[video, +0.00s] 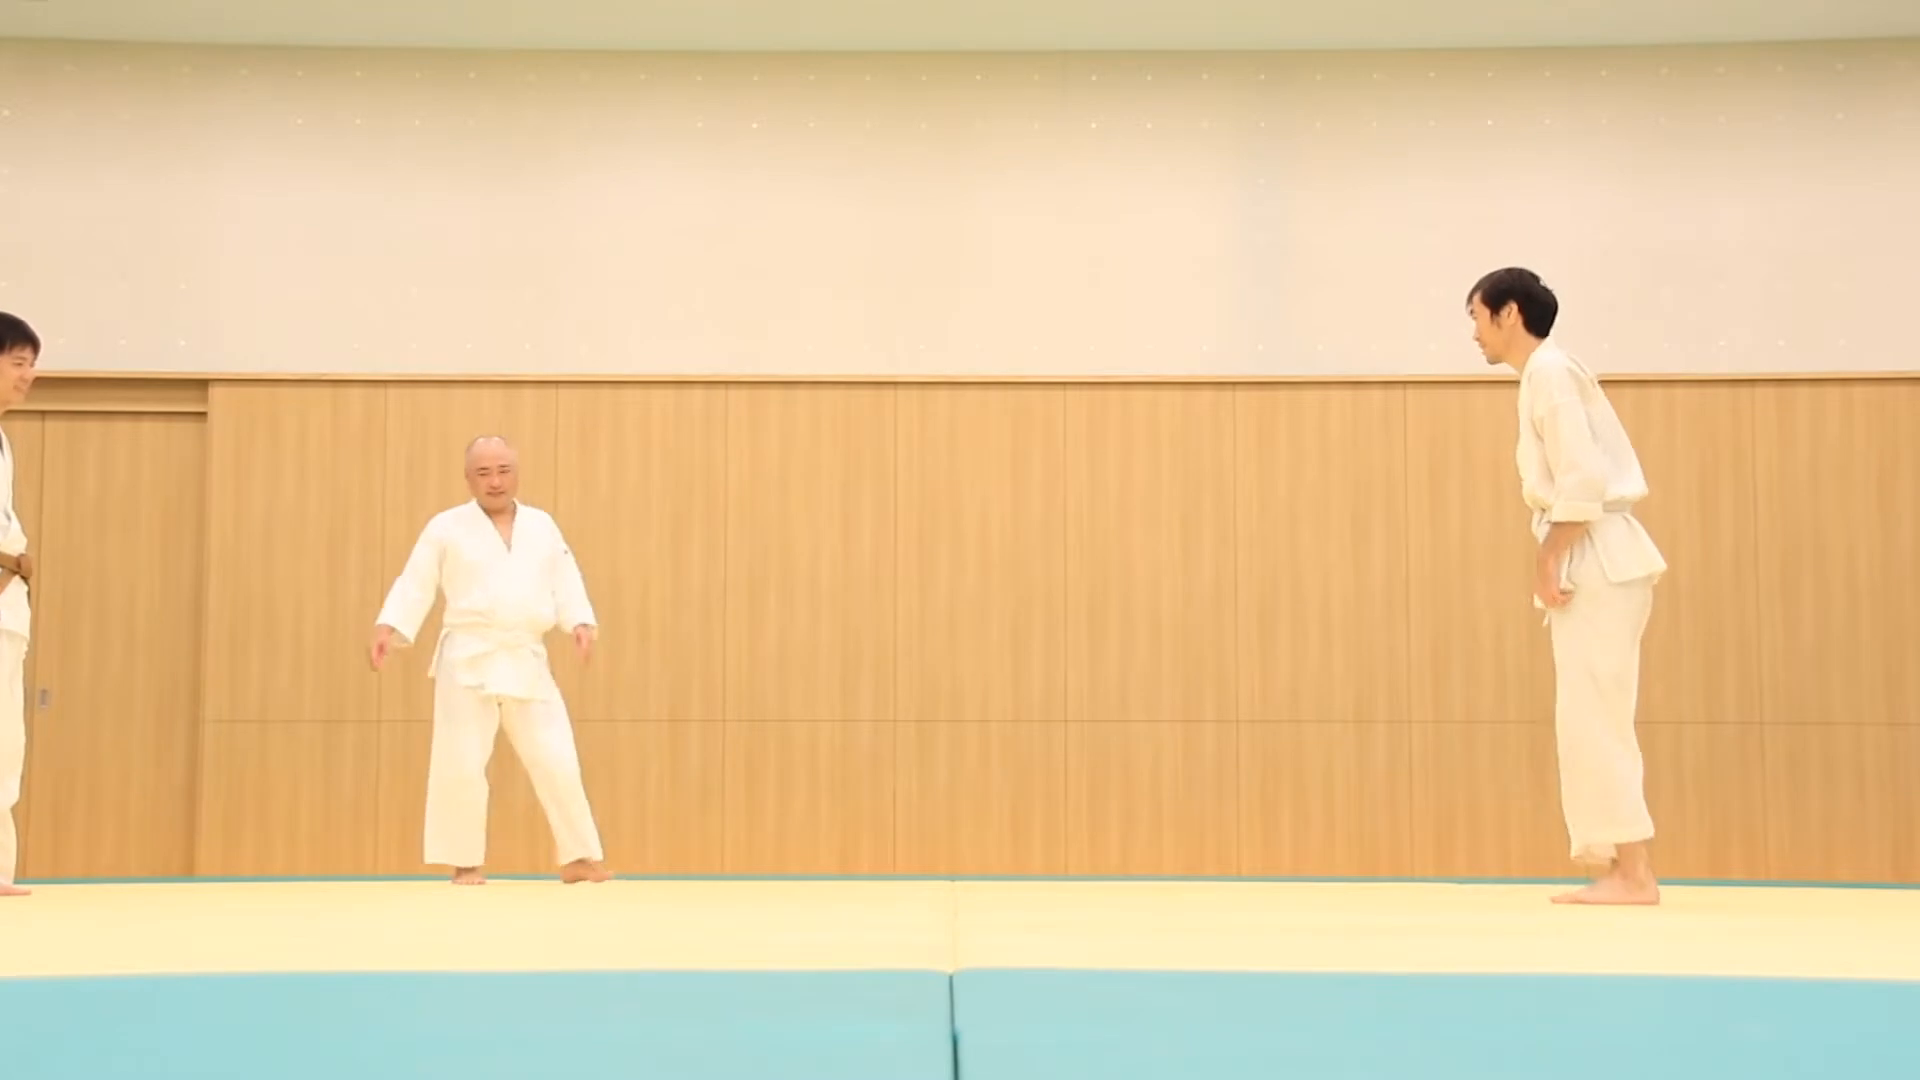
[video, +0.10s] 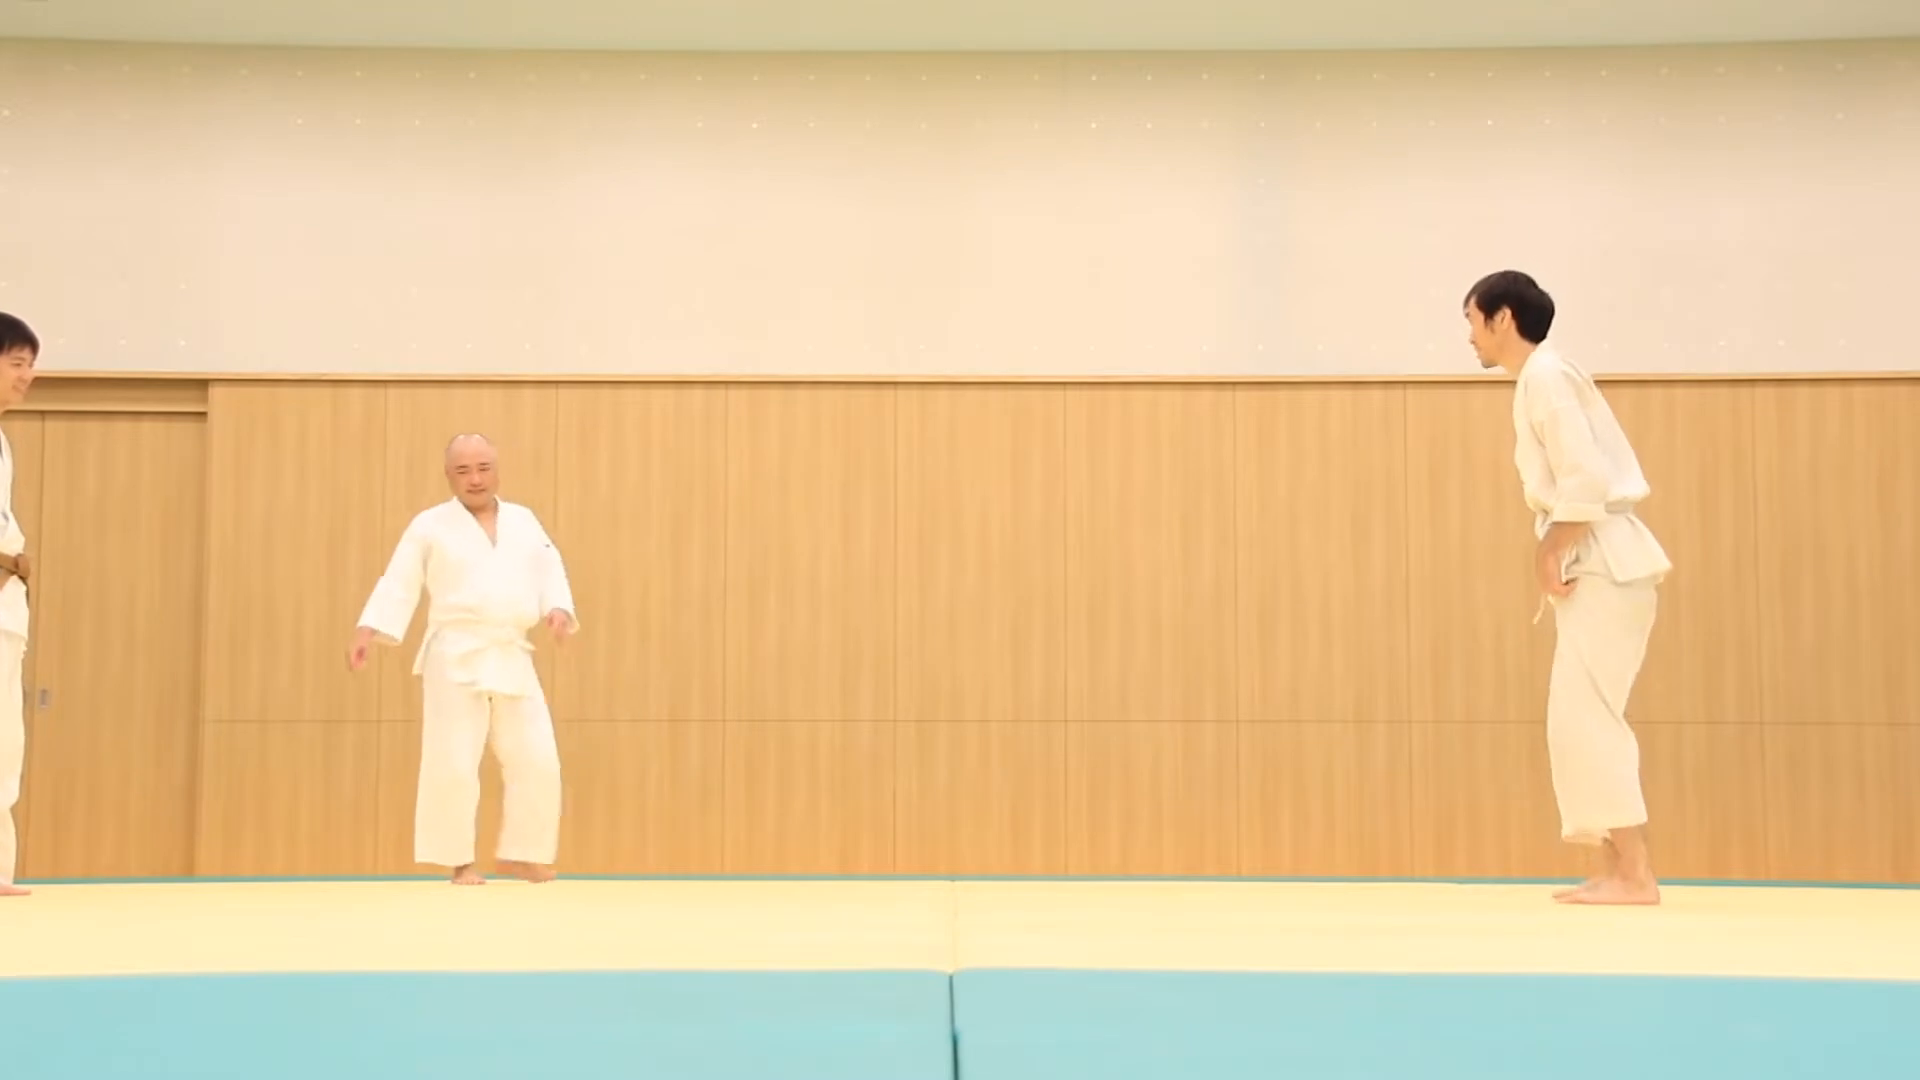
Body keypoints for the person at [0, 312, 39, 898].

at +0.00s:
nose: (28, 377)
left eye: (31, 366)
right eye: (20, 364)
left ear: (25, 369)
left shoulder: (5, 442)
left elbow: (9, 519)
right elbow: (4, 521)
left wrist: (19, 556)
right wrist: (17, 556)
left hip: (11, 616)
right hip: (5, 618)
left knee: (9, 744)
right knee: (5, 744)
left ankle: (4, 866)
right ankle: (0, 867)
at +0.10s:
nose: (27, 377)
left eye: (30, 366)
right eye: (19, 364)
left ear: (26, 370)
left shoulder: (5, 443)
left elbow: (8, 520)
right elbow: (4, 520)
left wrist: (18, 555)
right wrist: (15, 554)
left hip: (10, 620)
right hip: (3, 621)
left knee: (9, 744)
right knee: (5, 745)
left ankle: (3, 866)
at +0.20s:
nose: (26, 378)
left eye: (29, 367)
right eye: (18, 365)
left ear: (27, 372)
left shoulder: (7, 445)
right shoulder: (2, 445)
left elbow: (7, 526)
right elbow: (5, 525)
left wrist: (18, 557)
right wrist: (15, 557)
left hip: (9, 623)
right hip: (4, 624)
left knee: (9, 744)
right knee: (6, 745)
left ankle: (4, 867)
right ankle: (1, 868)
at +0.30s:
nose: (26, 379)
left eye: (30, 367)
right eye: (18, 365)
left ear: (27, 372)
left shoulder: (6, 445)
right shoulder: (2, 444)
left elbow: (8, 532)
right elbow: (5, 533)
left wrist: (17, 565)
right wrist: (14, 564)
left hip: (7, 622)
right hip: (2, 622)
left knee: (8, 743)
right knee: (5, 744)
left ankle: (3, 867)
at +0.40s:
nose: (27, 381)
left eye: (31, 369)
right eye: (19, 367)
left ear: (28, 373)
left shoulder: (8, 445)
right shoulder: (4, 446)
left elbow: (9, 536)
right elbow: (7, 537)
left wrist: (14, 569)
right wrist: (13, 570)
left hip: (2, 608)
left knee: (5, 740)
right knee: (3, 742)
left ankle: (3, 867)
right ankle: (0, 867)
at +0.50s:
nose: (24, 383)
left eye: (28, 372)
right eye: (16, 370)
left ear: (27, 376)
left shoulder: (7, 445)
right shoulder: (3, 446)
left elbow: (8, 546)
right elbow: (6, 547)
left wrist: (9, 622)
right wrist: (9, 623)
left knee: (2, 751)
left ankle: (2, 867)